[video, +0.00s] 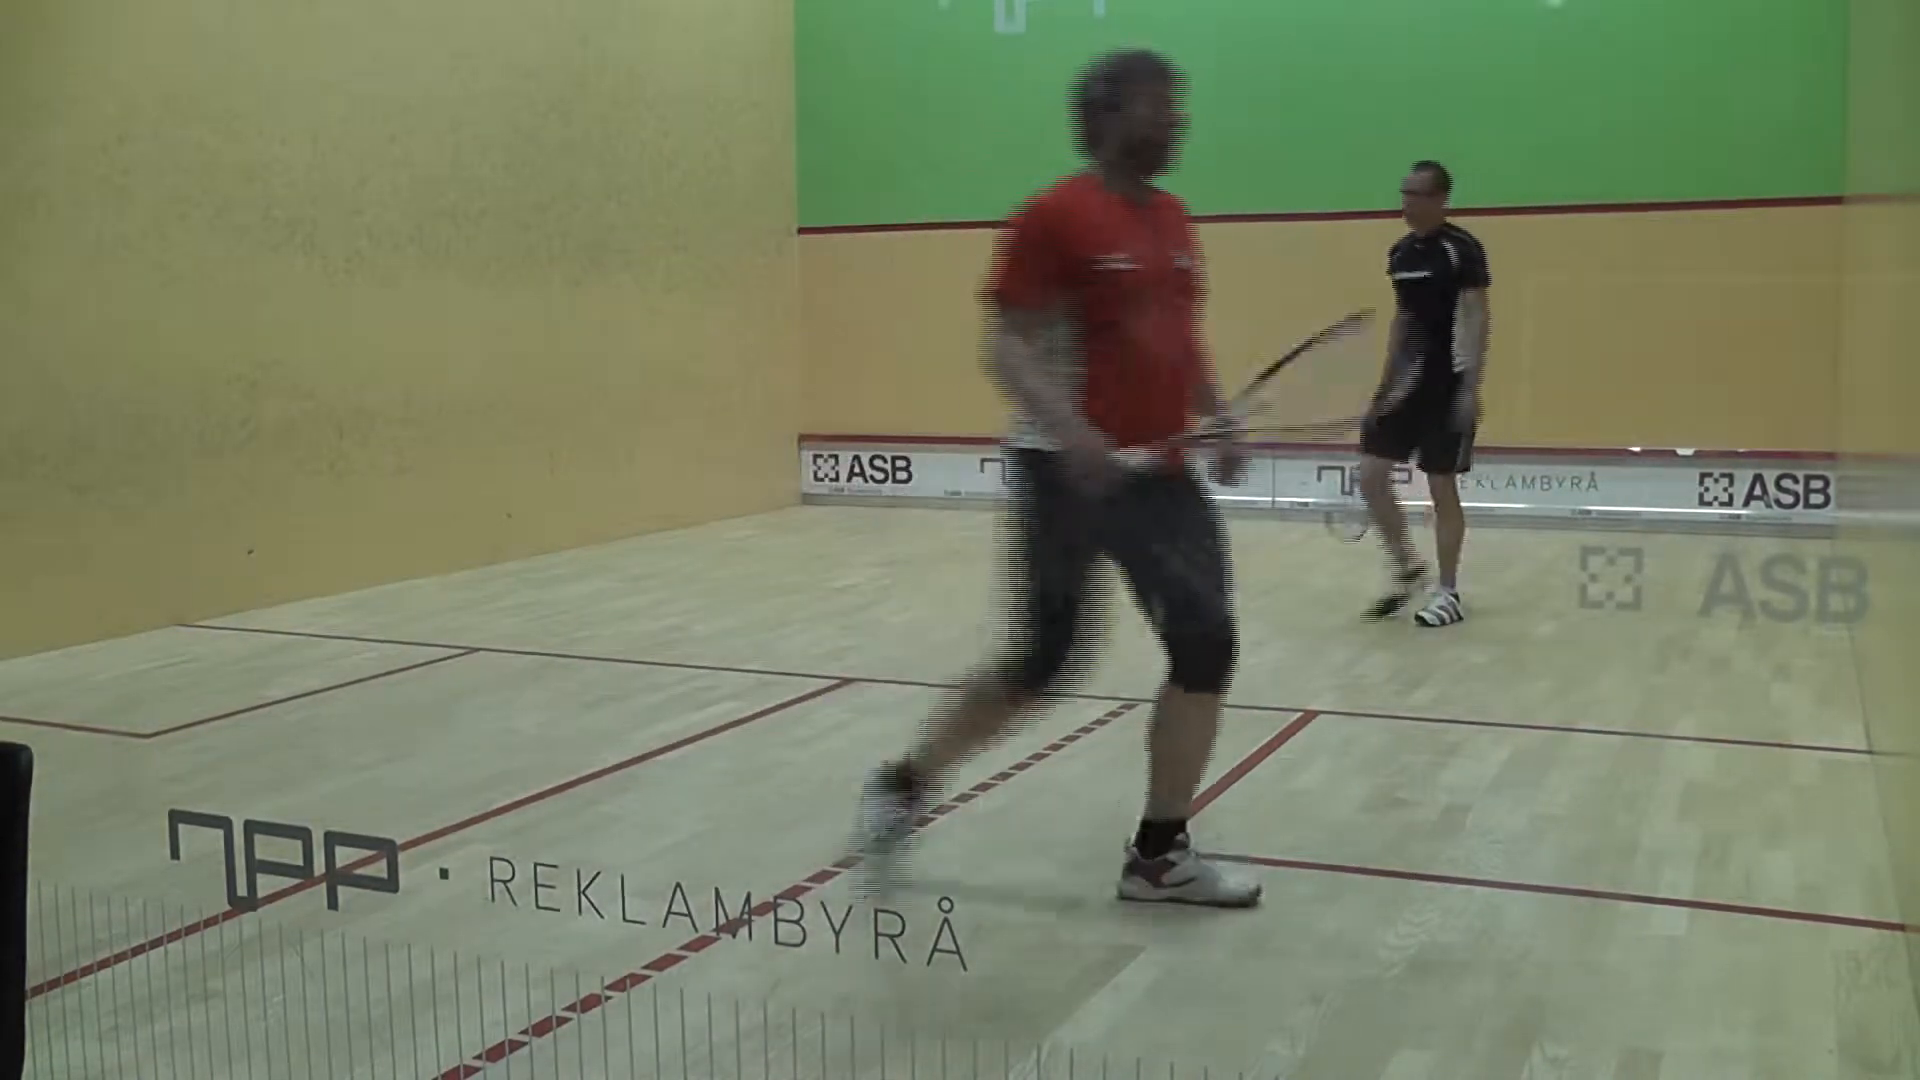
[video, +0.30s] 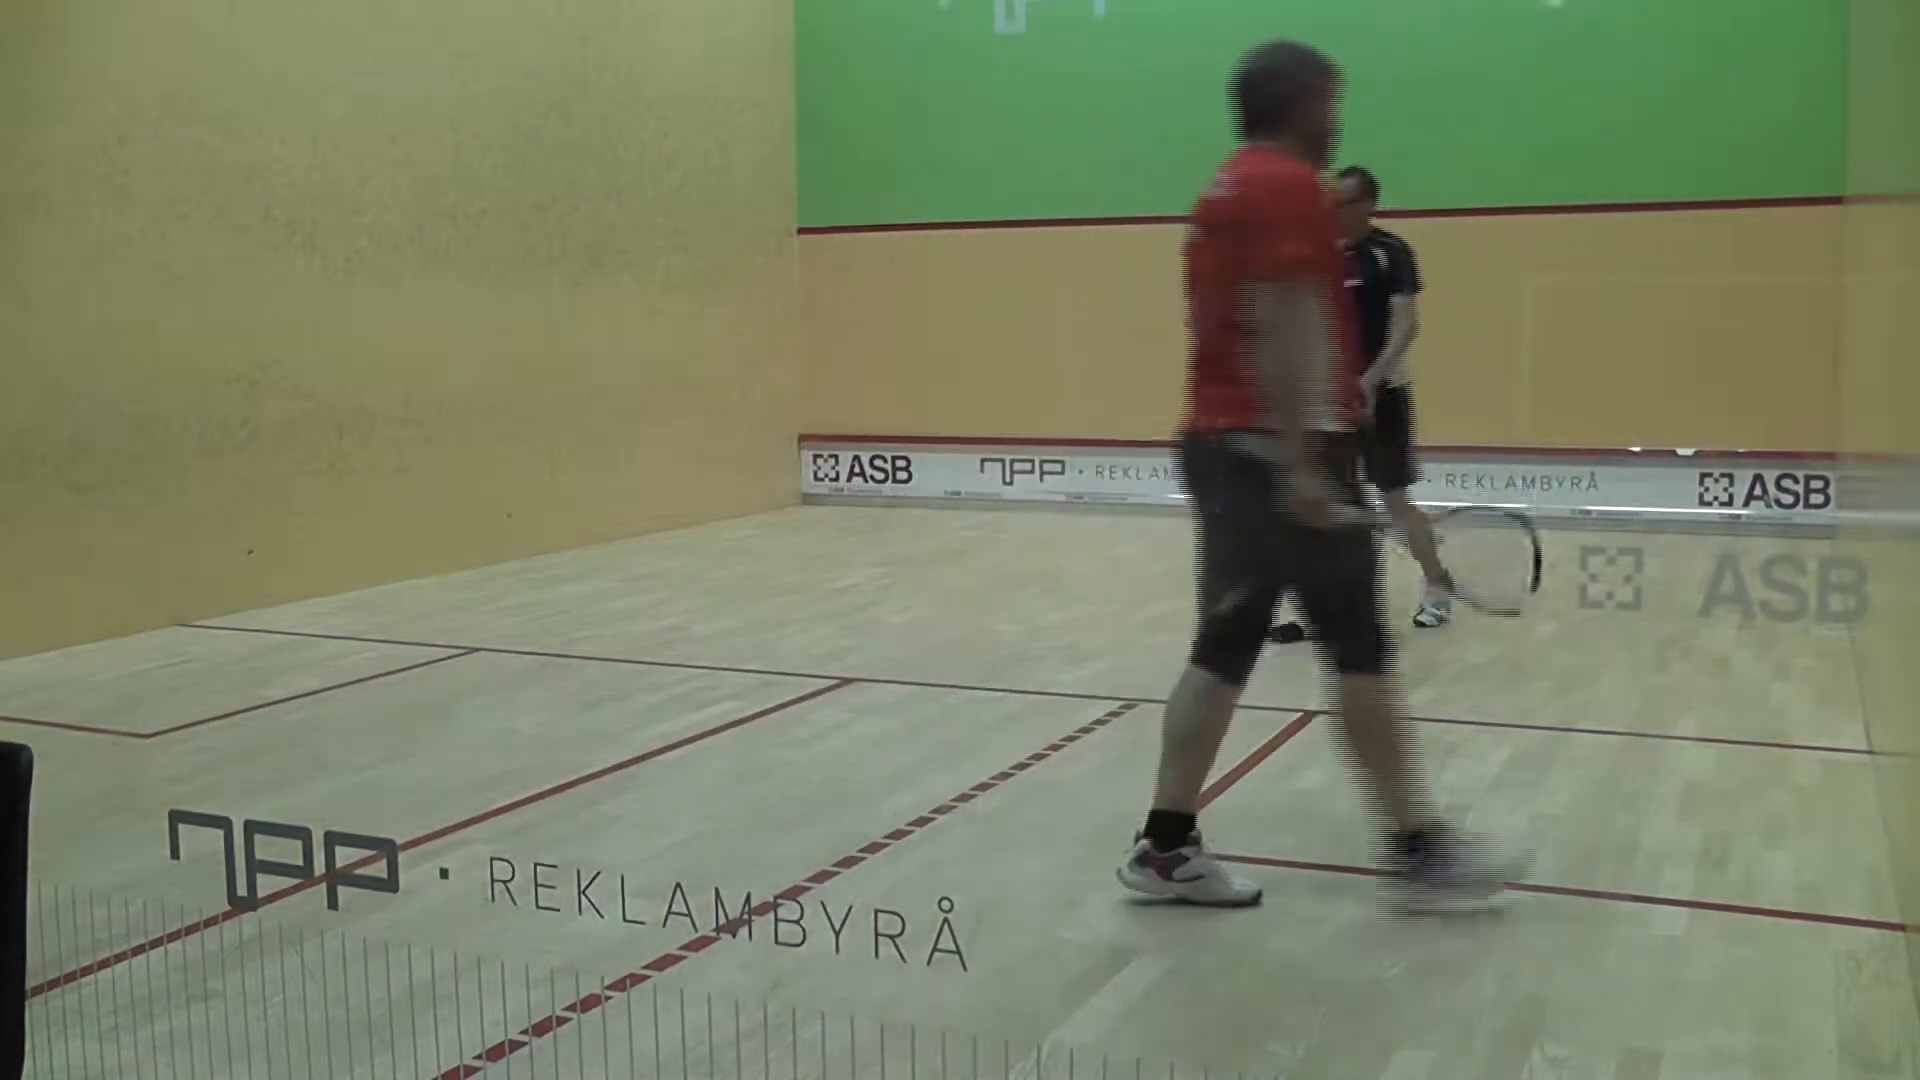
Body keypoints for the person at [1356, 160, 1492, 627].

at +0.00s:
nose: (1404, 202)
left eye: (1414, 195)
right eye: (1403, 193)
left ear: (1441, 199)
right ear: (1405, 196)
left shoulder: (1463, 249)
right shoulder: (1402, 253)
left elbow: (1475, 322)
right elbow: (1400, 324)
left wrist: (1470, 392)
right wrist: (1385, 385)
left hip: (1449, 384)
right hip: (1408, 382)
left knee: (1442, 486)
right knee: (1371, 476)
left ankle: (1448, 591)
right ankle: (1407, 567)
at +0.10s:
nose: (1382, 209)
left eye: (1391, 200)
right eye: (1379, 200)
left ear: (1417, 202)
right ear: (1378, 203)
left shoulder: (1441, 253)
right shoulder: (1380, 257)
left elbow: (1449, 326)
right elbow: (1386, 332)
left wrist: (1432, 380)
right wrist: (1372, 387)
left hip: (1429, 381)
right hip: (1385, 381)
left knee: (1435, 490)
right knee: (1357, 485)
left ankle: (1446, 594)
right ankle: (1343, 598)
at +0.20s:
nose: (1363, 216)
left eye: (1373, 206)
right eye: (1360, 207)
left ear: (1399, 208)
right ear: (1358, 209)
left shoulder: (1421, 253)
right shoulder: (1363, 263)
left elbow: (1431, 324)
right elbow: (1370, 330)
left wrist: (1403, 378)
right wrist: (1357, 388)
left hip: (1415, 396)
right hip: (1367, 398)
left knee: (1426, 494)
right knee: (1347, 495)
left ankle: (1445, 593)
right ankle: (1325, 597)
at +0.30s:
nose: (1340, 215)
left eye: (1349, 205)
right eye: (1335, 205)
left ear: (1371, 206)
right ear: (1329, 207)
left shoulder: (1390, 253)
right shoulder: (1322, 255)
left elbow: (1403, 326)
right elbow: (1313, 326)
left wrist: (1372, 378)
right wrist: (1319, 379)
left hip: (1379, 393)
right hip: (1331, 394)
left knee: (1394, 498)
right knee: (1325, 503)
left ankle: (1437, 586)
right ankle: (1319, 605)